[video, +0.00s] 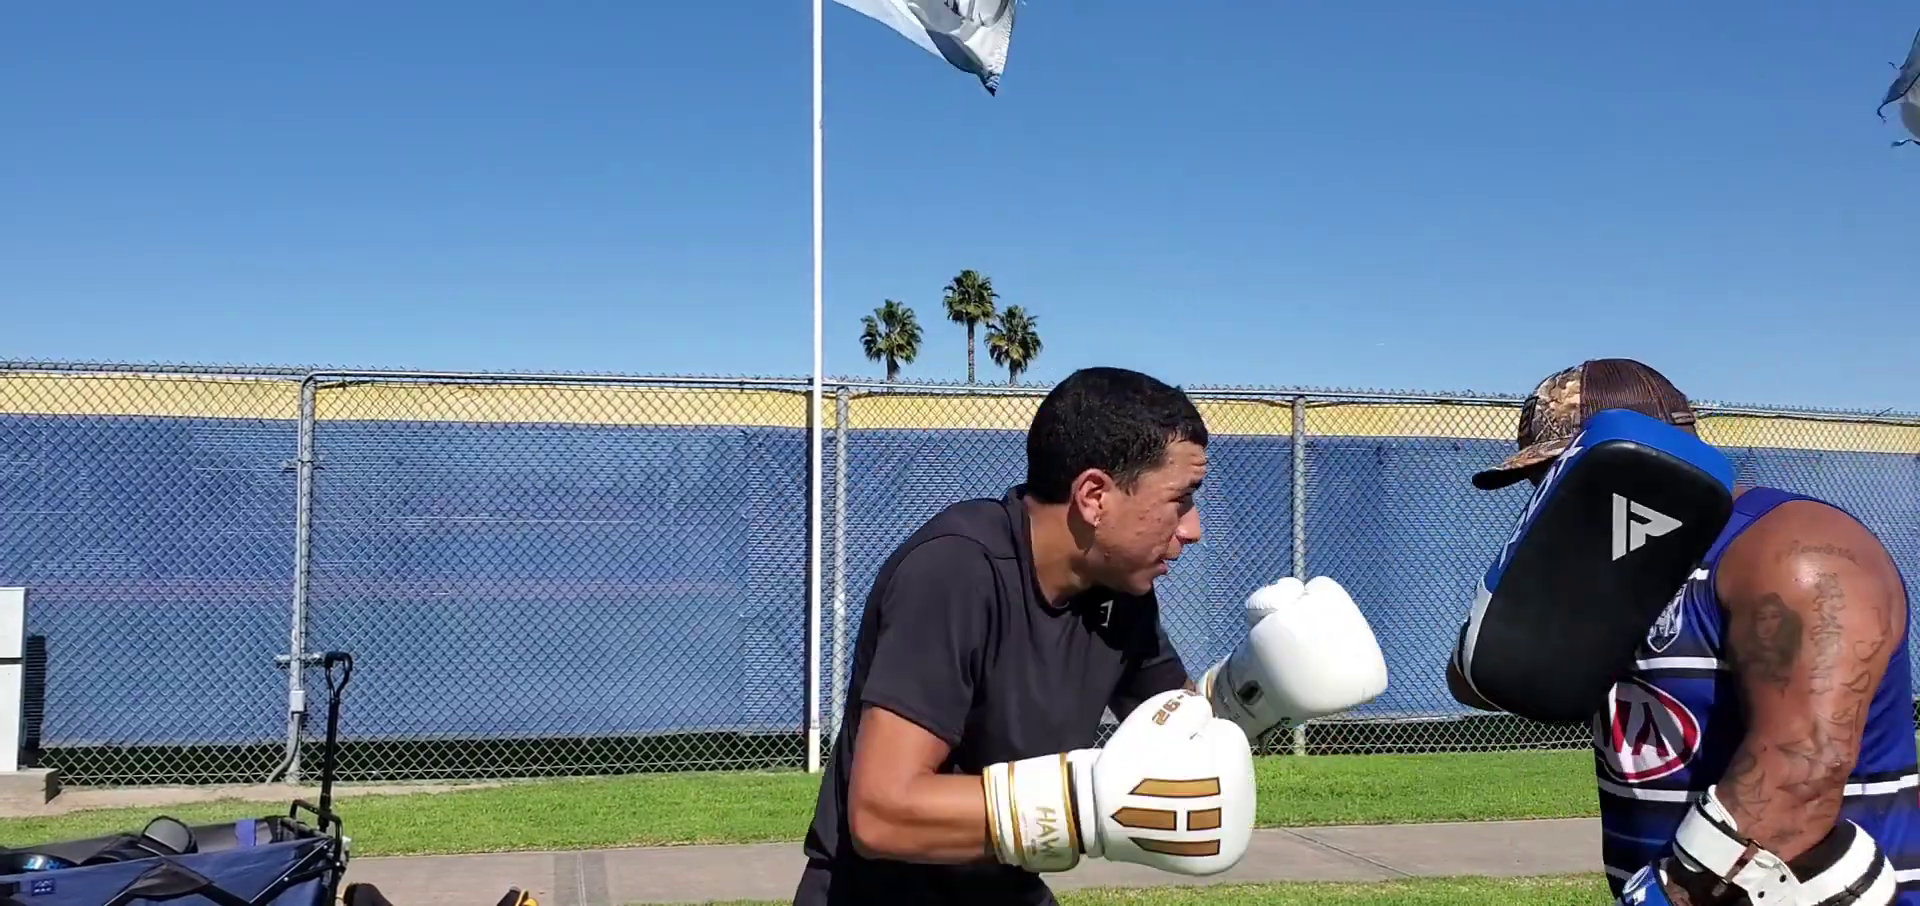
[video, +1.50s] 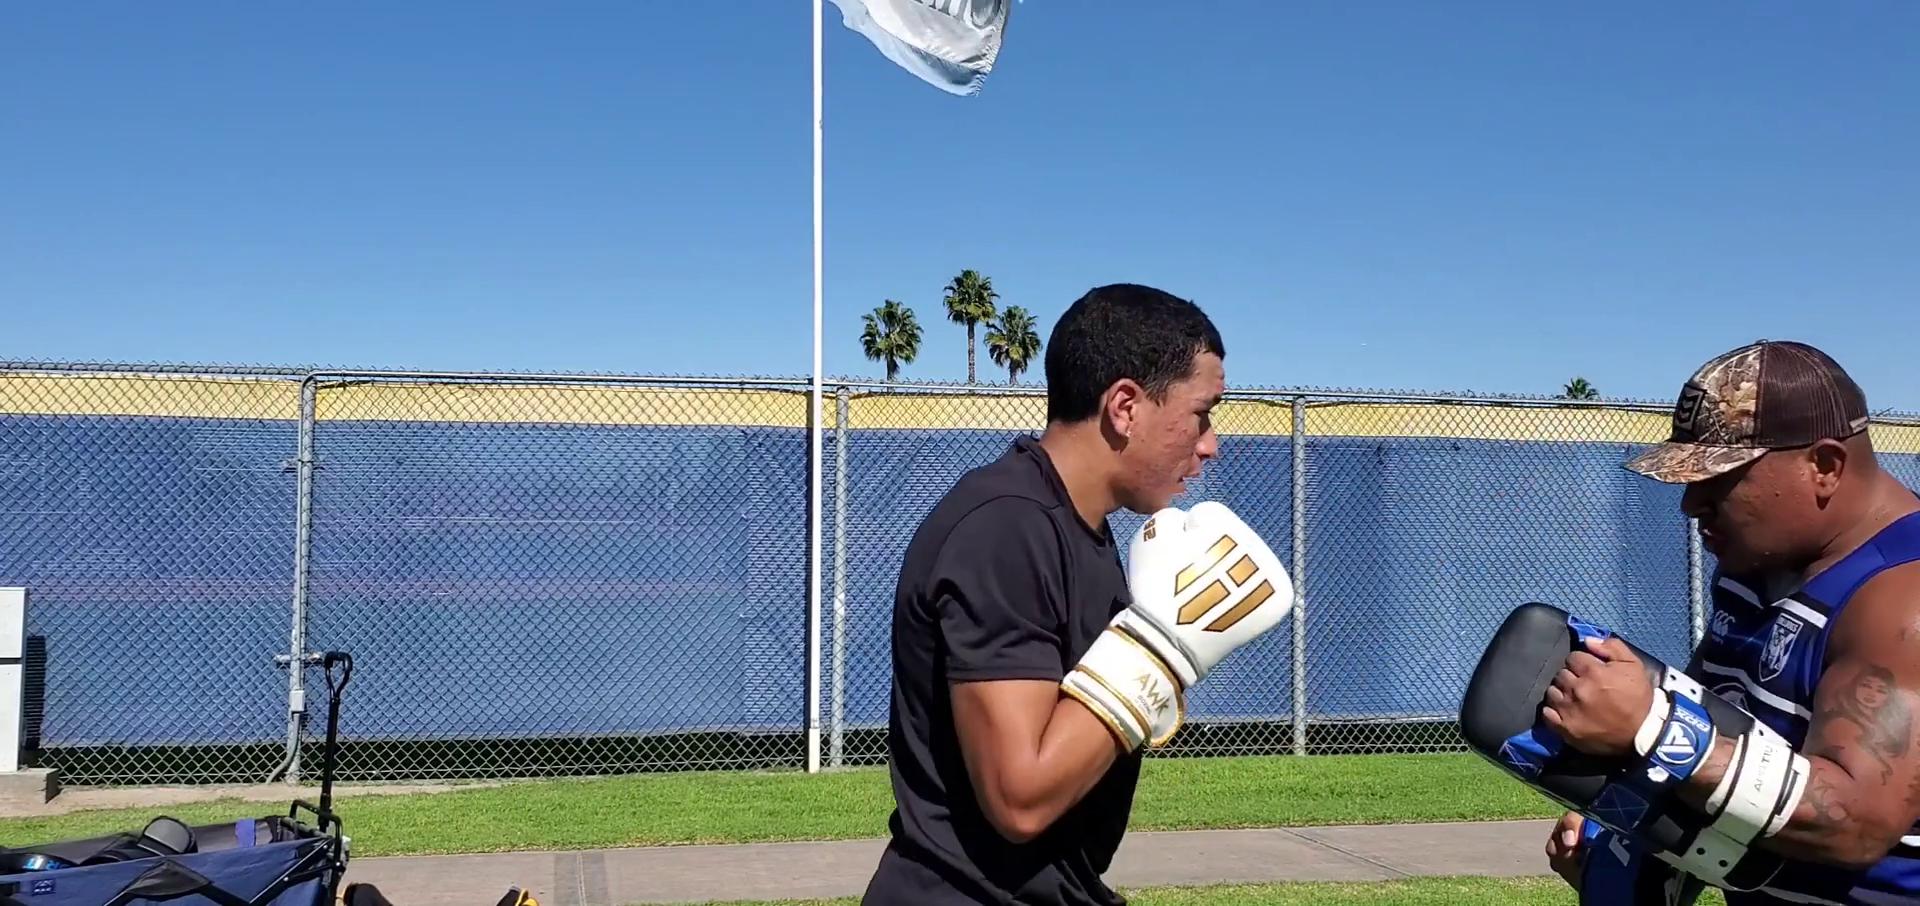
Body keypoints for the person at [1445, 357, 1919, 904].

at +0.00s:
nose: (1538, 507)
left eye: (1552, 477)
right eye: (1536, 483)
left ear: (1619, 459)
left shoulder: (1800, 560)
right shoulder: (1620, 575)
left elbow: (1796, 787)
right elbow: (1466, 681)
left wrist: (1677, 886)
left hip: (1795, 890)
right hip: (1661, 883)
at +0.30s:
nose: (1551, 460)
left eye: (1567, 425)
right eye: (1554, 435)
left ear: (1650, 414)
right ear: (1649, 417)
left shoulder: (1775, 532)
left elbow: (1746, 757)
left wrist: (1604, 880)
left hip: (1824, 883)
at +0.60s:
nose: (1656, 448)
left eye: (1688, 421)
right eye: (1651, 425)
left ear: (1784, 429)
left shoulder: (1852, 557)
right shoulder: (1690, 563)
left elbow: (1848, 762)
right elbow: (1596, 700)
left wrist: (1648, 861)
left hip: (1822, 880)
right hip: (1706, 875)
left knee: (1603, 882)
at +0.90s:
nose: (1702, 453)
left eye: (1733, 425)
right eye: (1699, 428)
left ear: (1835, 431)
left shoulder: (1887, 550)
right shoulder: (1735, 560)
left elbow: (1853, 704)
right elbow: (1619, 655)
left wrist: (1630, 768)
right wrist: (1631, 482)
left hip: (1849, 889)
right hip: (1729, 885)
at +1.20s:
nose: (1690, 479)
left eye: (1719, 455)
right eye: (1692, 454)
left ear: (1829, 444)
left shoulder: (1899, 586)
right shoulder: (1727, 539)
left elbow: (1905, 799)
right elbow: (1612, 599)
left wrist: (1698, 777)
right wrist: (1560, 497)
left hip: (1875, 873)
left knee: (1603, 847)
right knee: (1591, 816)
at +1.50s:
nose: (1690, 505)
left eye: (1717, 480)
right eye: (1691, 479)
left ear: (1826, 468)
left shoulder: (1900, 602)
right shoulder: (1758, 559)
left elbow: (1855, 821)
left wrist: (1658, 729)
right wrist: (1619, 831)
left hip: (1858, 893)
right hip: (1758, 881)